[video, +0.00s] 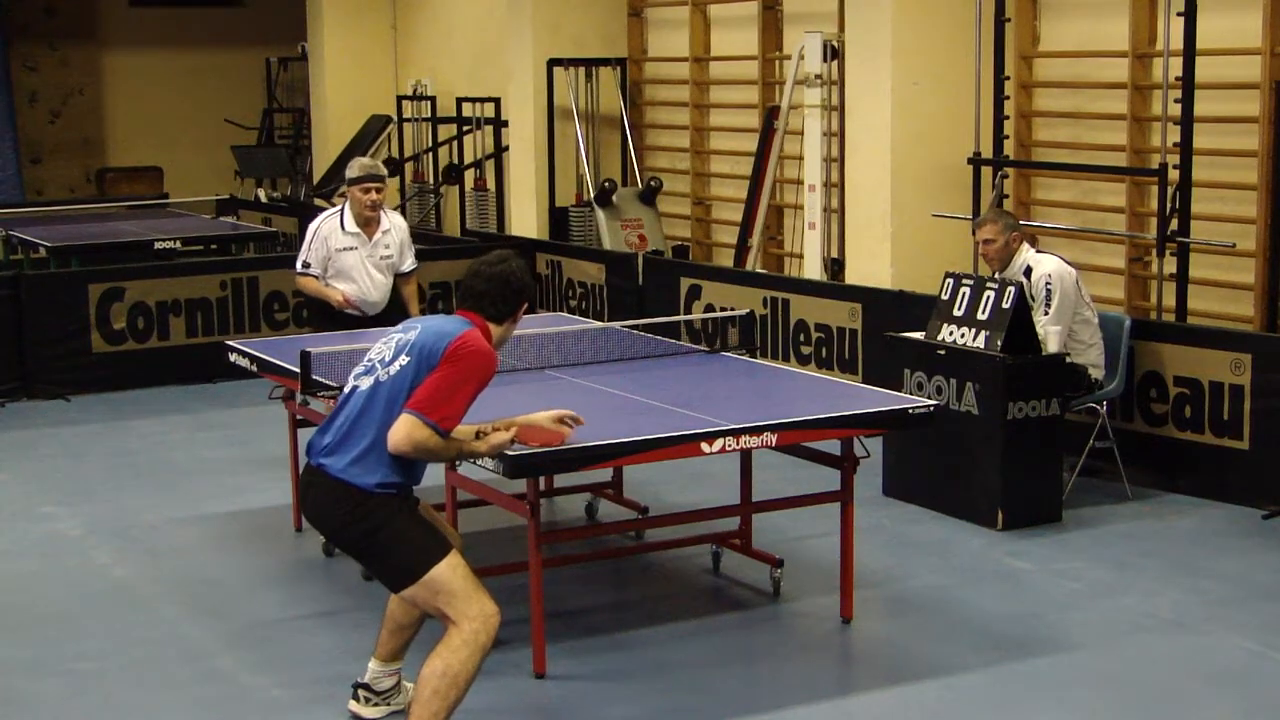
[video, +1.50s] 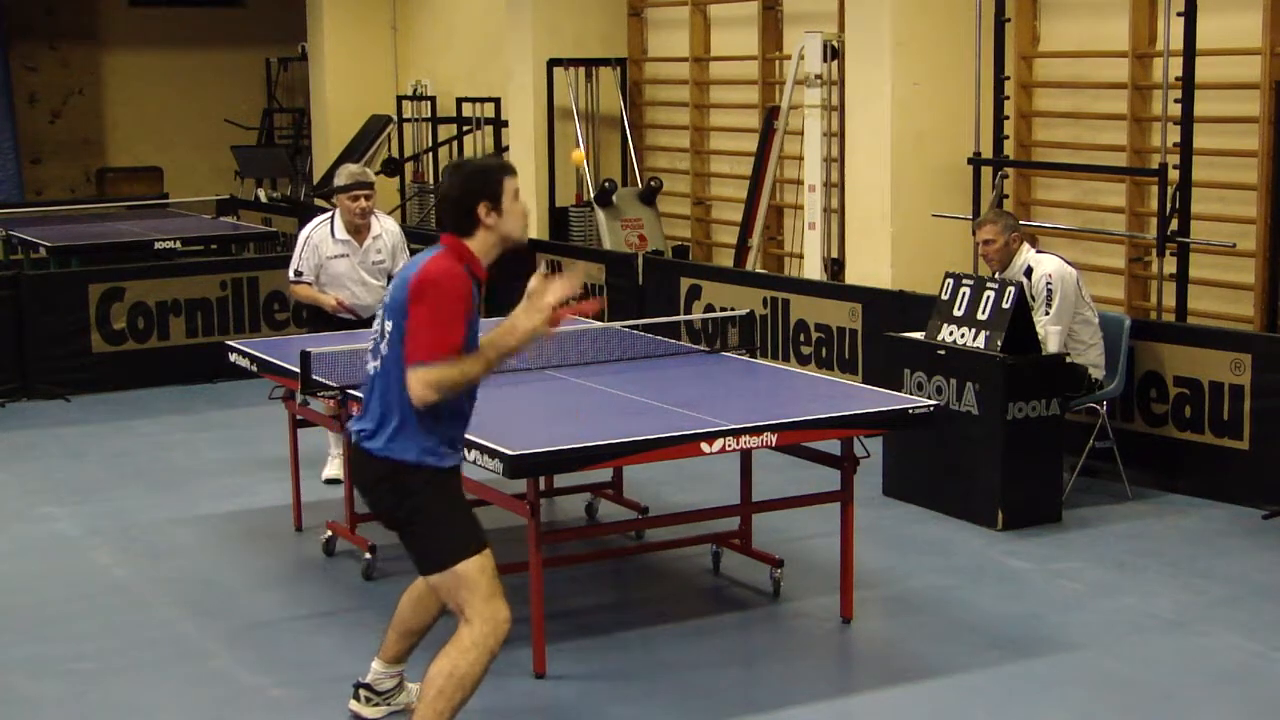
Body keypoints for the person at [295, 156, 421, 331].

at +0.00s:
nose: (374, 198)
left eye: (379, 191)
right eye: (365, 191)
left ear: (385, 191)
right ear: (348, 192)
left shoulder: (397, 225)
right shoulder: (324, 228)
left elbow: (407, 277)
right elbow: (303, 278)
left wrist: (416, 319)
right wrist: (331, 295)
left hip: (383, 318)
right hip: (337, 320)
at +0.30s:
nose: (372, 200)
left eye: (377, 193)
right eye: (364, 193)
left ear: (384, 193)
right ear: (346, 194)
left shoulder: (395, 225)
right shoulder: (322, 229)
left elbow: (404, 278)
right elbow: (303, 280)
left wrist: (414, 320)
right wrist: (330, 297)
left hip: (381, 319)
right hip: (335, 322)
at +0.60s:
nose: (372, 201)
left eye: (377, 193)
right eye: (363, 194)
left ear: (383, 194)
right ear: (346, 194)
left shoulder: (395, 225)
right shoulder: (322, 229)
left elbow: (405, 279)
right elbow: (302, 280)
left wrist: (414, 321)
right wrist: (330, 297)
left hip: (382, 319)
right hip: (335, 321)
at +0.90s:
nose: (371, 203)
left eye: (375, 196)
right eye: (362, 197)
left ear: (382, 196)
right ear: (344, 196)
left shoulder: (394, 228)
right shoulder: (320, 231)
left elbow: (404, 279)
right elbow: (300, 282)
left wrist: (413, 321)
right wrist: (327, 299)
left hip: (380, 321)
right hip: (333, 323)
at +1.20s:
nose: (364, 210)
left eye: (368, 203)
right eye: (355, 204)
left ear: (375, 202)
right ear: (337, 204)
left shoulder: (389, 233)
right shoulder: (313, 238)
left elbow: (401, 286)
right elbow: (296, 290)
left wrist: (411, 324)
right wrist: (324, 305)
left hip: (375, 325)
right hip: (327, 327)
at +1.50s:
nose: (363, 205)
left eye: (368, 197)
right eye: (354, 199)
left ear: (375, 197)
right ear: (337, 200)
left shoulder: (390, 230)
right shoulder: (314, 234)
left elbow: (405, 279)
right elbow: (297, 286)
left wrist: (401, 315)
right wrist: (323, 299)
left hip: (380, 320)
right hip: (332, 323)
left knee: (380, 386)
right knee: (335, 391)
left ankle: (382, 453)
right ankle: (336, 453)